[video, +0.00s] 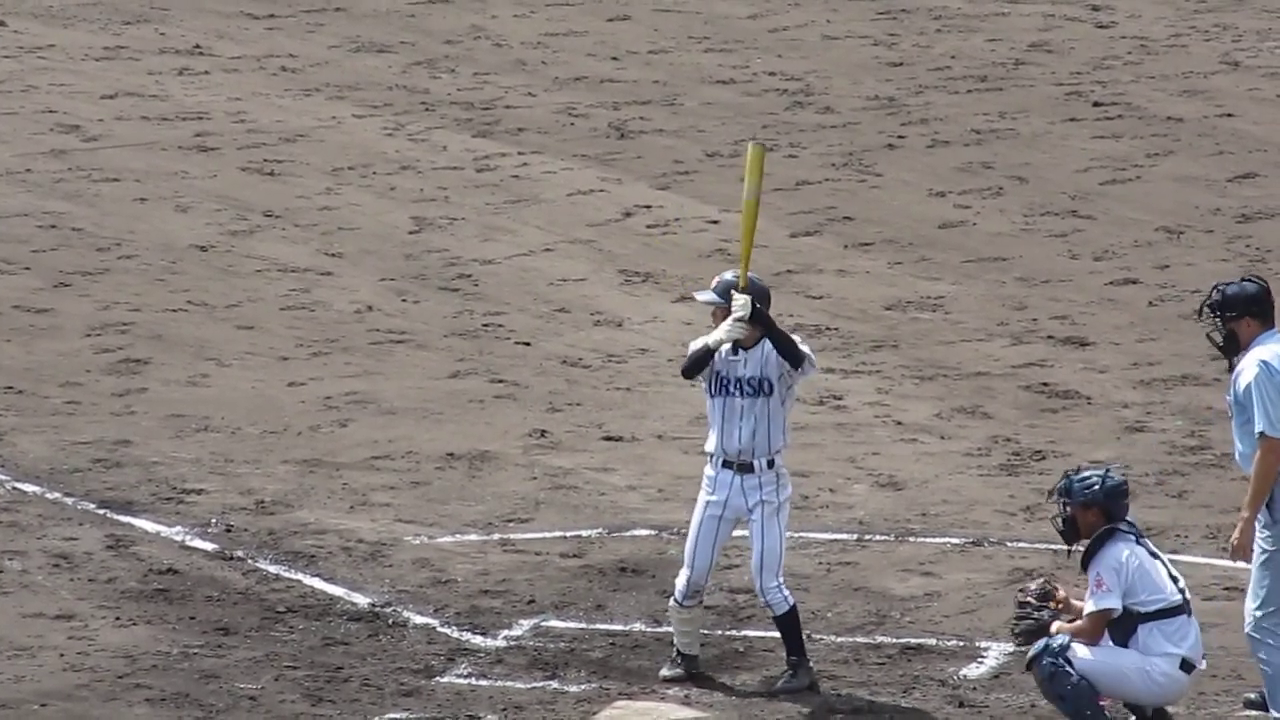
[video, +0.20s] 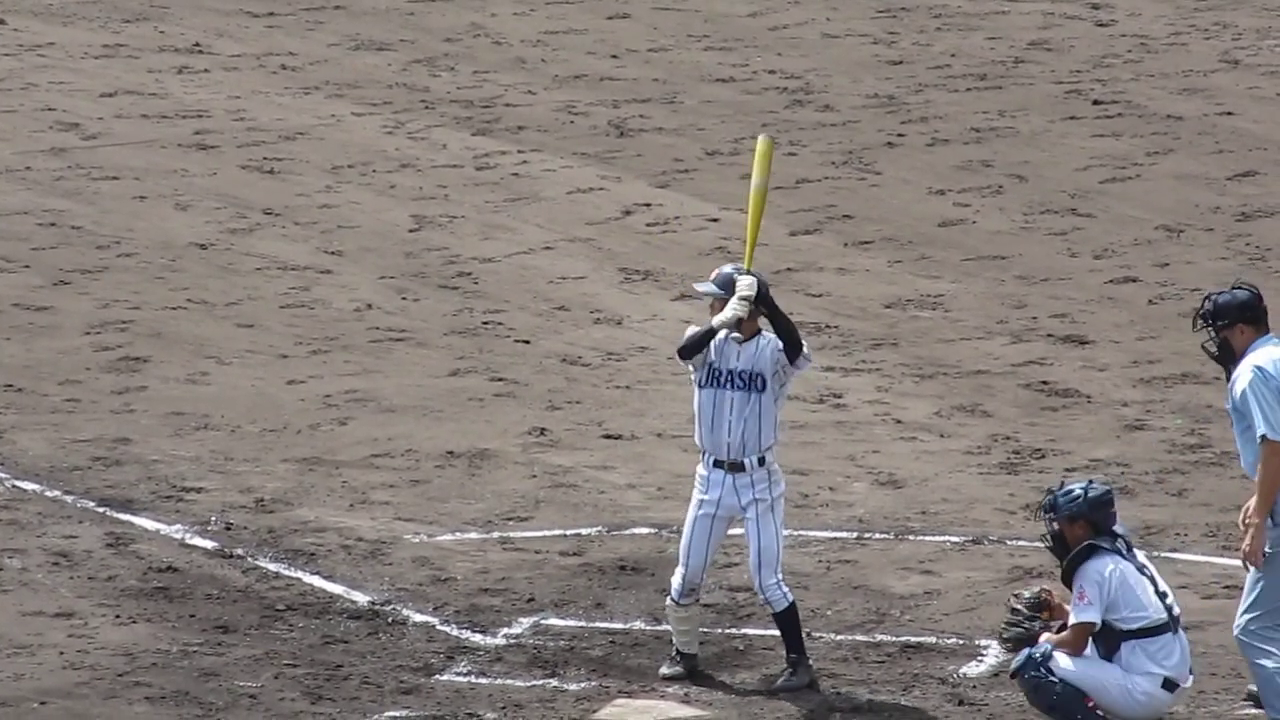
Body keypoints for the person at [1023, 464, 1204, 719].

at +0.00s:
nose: (1066, 515)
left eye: (1072, 508)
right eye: (1067, 508)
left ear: (1094, 513)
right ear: (1097, 512)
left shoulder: (1109, 555)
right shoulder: (1128, 538)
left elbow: (1090, 633)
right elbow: (1118, 617)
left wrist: (1057, 628)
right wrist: (1072, 606)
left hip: (1163, 675)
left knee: (1049, 657)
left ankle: (1094, 714)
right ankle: (1148, 711)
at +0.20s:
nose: (1055, 531)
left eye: (1060, 524)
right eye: (1055, 523)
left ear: (1080, 527)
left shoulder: (1093, 568)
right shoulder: (1124, 550)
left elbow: (1075, 644)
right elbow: (1111, 628)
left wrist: (1046, 639)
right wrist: (1064, 614)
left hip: (1148, 693)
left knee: (1032, 665)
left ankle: (1091, 715)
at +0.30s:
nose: (1049, 539)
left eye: (1053, 531)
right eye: (1049, 531)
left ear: (1073, 533)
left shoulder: (1087, 574)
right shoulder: (1117, 553)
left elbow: (1068, 649)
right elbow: (1105, 632)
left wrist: (1038, 643)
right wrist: (1059, 617)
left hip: (1144, 697)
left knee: (1028, 670)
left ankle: (1085, 712)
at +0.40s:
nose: (1040, 538)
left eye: (1044, 530)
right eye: (1040, 530)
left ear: (1064, 531)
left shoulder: (1081, 574)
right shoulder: (1108, 548)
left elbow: (1061, 648)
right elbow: (1098, 626)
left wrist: (1031, 639)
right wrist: (1051, 609)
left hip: (1138, 694)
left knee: (1022, 671)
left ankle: (1090, 714)